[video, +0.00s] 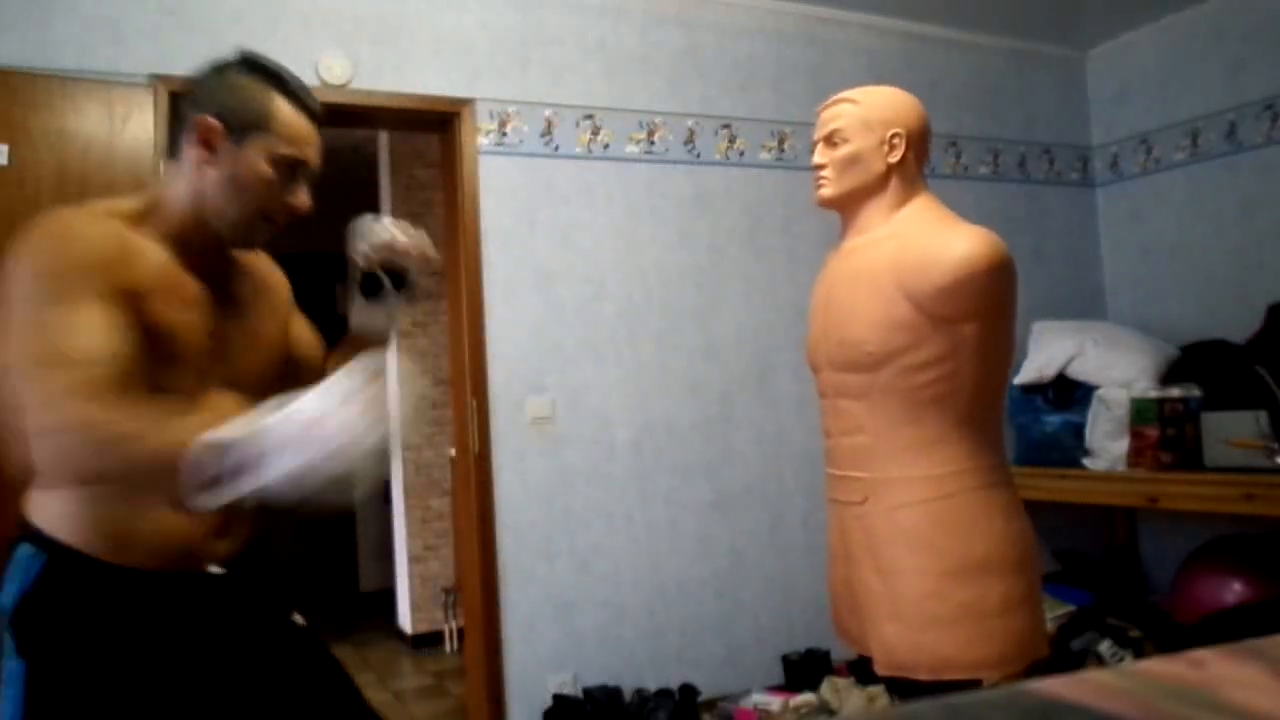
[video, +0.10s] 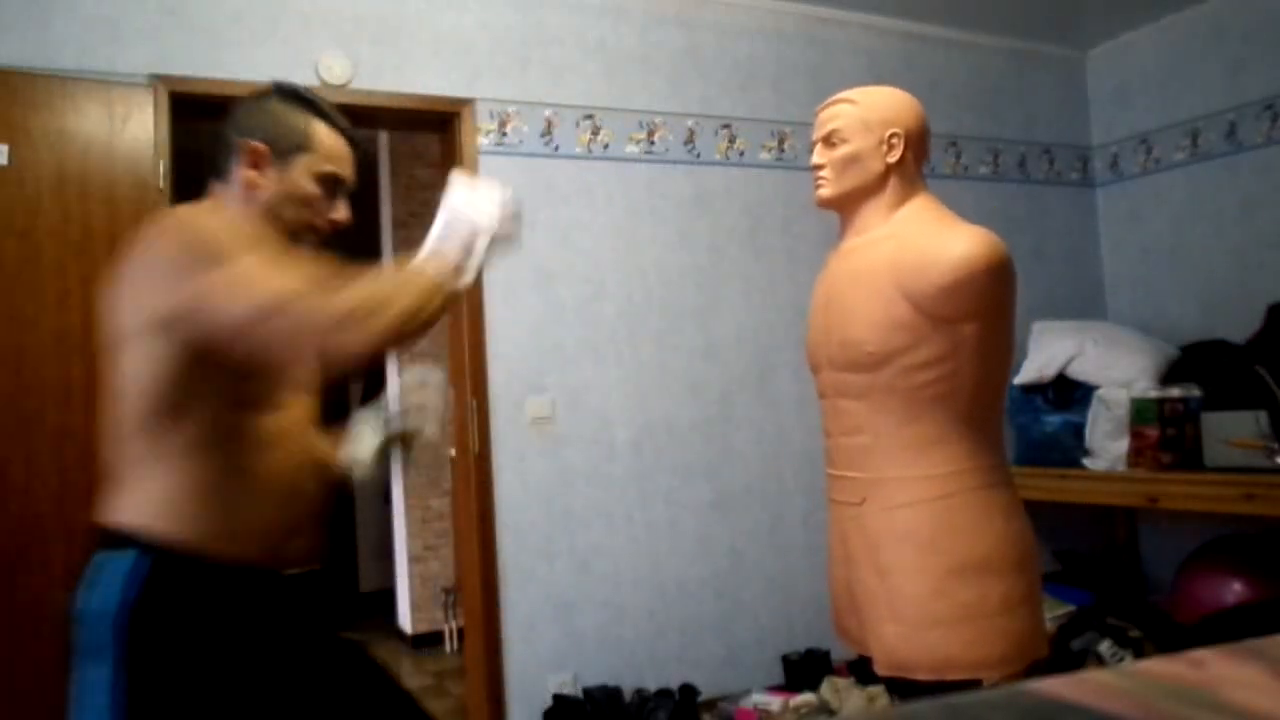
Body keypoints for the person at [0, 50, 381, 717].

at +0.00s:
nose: (303, 202)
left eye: (308, 181)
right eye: (286, 170)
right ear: (208, 142)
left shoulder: (261, 283)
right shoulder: (73, 250)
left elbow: (325, 409)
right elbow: (66, 438)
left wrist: (385, 321)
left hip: (219, 596)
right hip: (82, 600)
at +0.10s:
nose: (342, 214)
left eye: (345, 195)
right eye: (327, 187)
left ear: (256, 169)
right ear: (254, 167)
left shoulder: (278, 269)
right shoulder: (180, 242)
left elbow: (258, 437)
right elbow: (333, 327)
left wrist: (348, 448)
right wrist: (446, 258)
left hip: (262, 594)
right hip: (165, 599)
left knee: (402, 718)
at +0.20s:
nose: (363, 190)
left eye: (364, 176)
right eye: (352, 172)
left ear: (287, 164)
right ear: (291, 162)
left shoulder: (216, 278)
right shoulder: (274, 205)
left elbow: (164, 453)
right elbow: (486, 196)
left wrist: (213, 554)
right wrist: (510, 177)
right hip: (306, 542)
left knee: (459, 712)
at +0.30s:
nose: (363, 189)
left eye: (362, 174)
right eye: (352, 171)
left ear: (280, 164)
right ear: (291, 163)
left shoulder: (188, 298)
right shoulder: (307, 201)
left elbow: (144, 436)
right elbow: (455, 229)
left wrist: (213, 514)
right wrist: (626, 231)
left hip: (307, 529)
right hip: (378, 475)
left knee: (453, 699)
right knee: (561, 659)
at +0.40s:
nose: (386, 220)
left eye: (386, 207)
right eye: (378, 204)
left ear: (296, 191)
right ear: (319, 182)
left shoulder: (209, 309)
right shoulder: (345, 224)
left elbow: (279, 434)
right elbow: (391, 387)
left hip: (350, 550)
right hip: (430, 479)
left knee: (465, 715)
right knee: (692, 434)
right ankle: (841, 474)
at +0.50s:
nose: (409, 229)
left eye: (413, 217)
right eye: (397, 208)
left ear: (340, 197)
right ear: (344, 188)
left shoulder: (354, 278)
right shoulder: (333, 215)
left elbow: (406, 393)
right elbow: (288, 312)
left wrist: (479, 324)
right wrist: (306, 417)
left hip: (373, 504)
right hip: (413, 427)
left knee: (490, 701)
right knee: (673, 412)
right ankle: (923, 420)